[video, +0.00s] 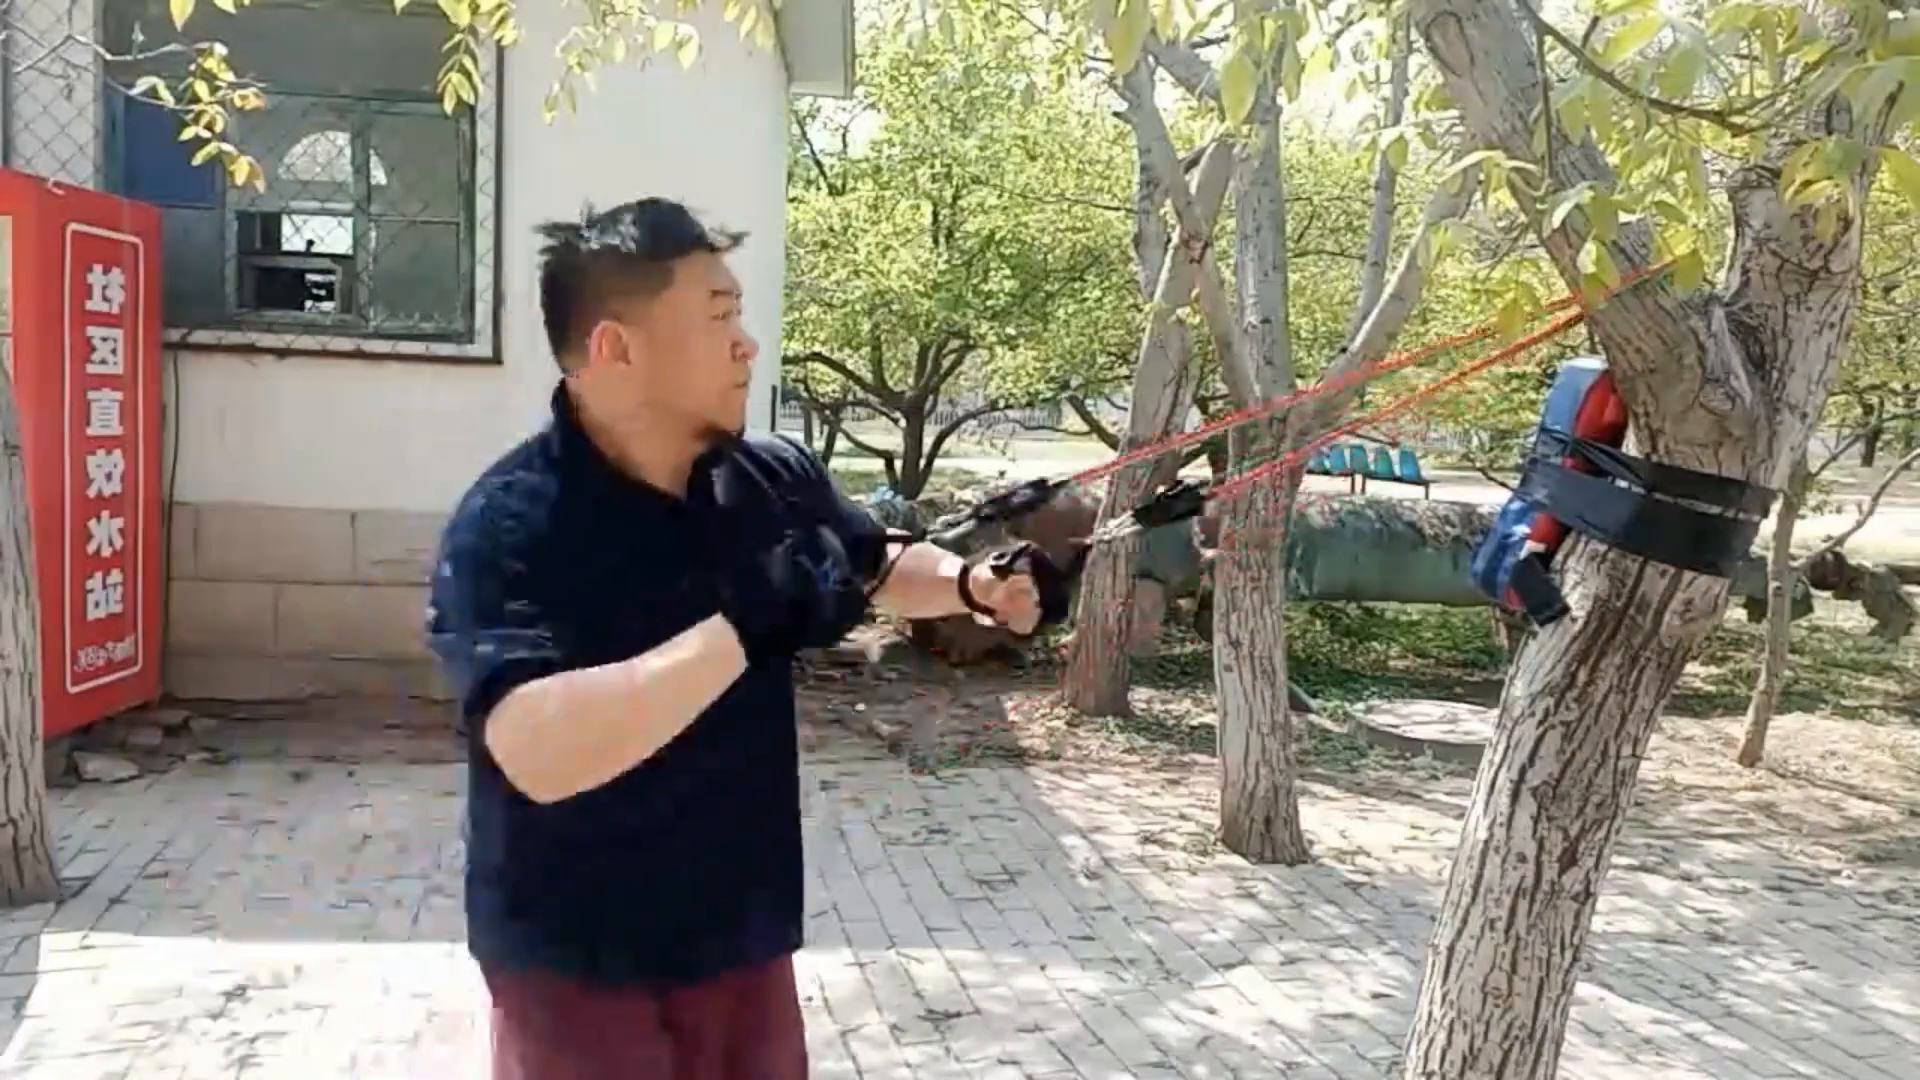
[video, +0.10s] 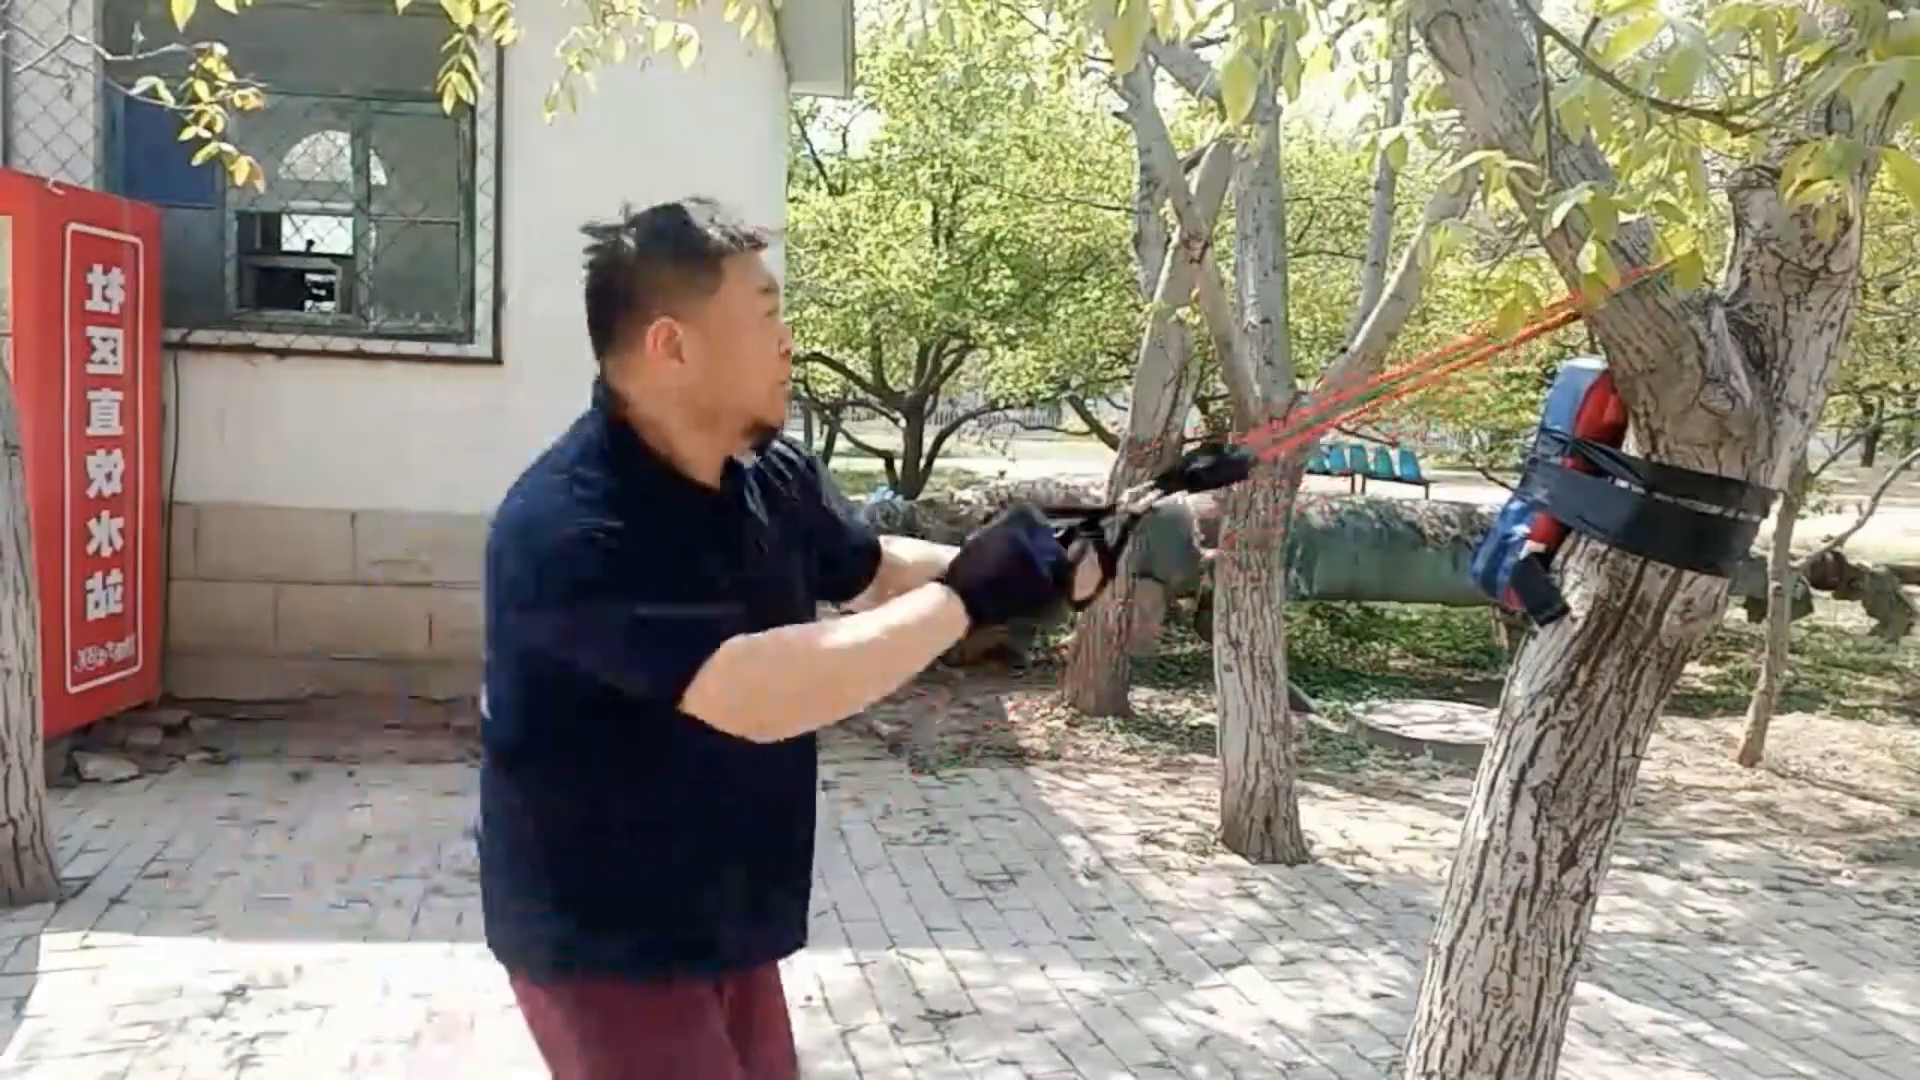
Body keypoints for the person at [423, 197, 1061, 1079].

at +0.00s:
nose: (750, 343)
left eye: (738, 313)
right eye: (721, 316)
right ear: (613, 349)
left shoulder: (770, 480)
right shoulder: (507, 525)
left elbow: (873, 560)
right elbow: (541, 751)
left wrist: (973, 585)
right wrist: (747, 628)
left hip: (745, 951)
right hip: (575, 973)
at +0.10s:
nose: (791, 343)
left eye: (781, 314)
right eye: (768, 315)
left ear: (672, 350)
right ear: (669, 347)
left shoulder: (766, 477)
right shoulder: (565, 528)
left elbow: (872, 569)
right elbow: (754, 694)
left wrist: (1032, 567)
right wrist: (967, 599)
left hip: (734, 936)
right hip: (608, 957)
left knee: (769, 1068)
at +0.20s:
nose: (813, 356)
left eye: (803, 328)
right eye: (793, 329)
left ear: (713, 361)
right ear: (711, 358)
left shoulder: (709, 477)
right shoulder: (659, 534)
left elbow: (867, 583)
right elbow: (901, 669)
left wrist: (1037, 636)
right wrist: (1126, 678)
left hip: (673, 941)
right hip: (634, 967)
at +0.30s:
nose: (828, 377)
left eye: (819, 350)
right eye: (813, 351)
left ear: (725, 374)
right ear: (740, 374)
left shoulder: (659, 485)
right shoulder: (704, 547)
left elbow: (868, 616)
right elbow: (936, 711)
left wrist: (1056, 715)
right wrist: (1137, 737)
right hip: (644, 1000)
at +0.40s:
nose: (830, 416)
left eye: (827, 389)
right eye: (823, 387)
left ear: (682, 388)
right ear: (769, 392)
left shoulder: (620, 500)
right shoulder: (728, 596)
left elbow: (816, 644)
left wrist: (969, 724)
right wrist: (1052, 794)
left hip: (519, 968)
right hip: (630, 1016)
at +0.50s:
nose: (812, 423)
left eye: (807, 395)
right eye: (804, 393)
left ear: (657, 394)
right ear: (757, 400)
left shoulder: (608, 507)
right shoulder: (701, 592)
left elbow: (812, 639)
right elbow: (799, 809)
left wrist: (971, 695)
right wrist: (1002, 757)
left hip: (490, 977)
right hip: (608, 1026)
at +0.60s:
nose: (725, 469)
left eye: (722, 441)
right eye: (723, 440)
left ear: (585, 434)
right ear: (697, 440)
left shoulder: (518, 536)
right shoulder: (637, 577)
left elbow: (728, 638)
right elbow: (714, 753)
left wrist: (888, 635)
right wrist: (857, 644)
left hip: (387, 1011)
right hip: (559, 1034)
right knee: (727, 1063)